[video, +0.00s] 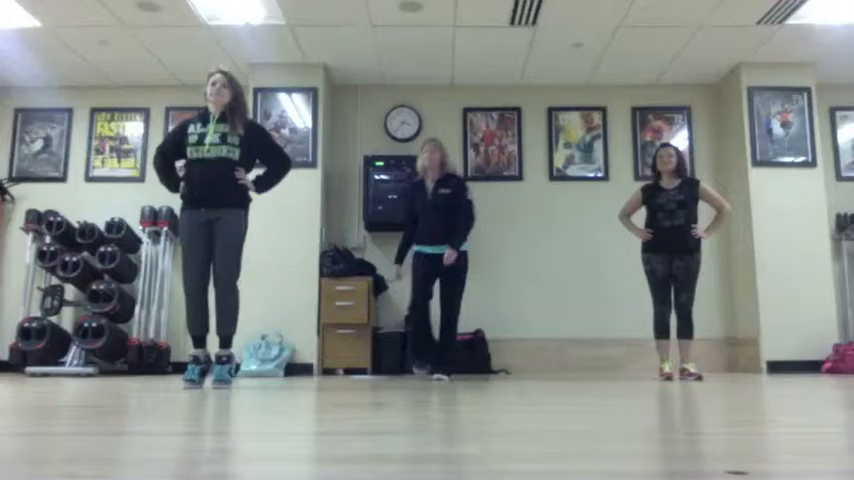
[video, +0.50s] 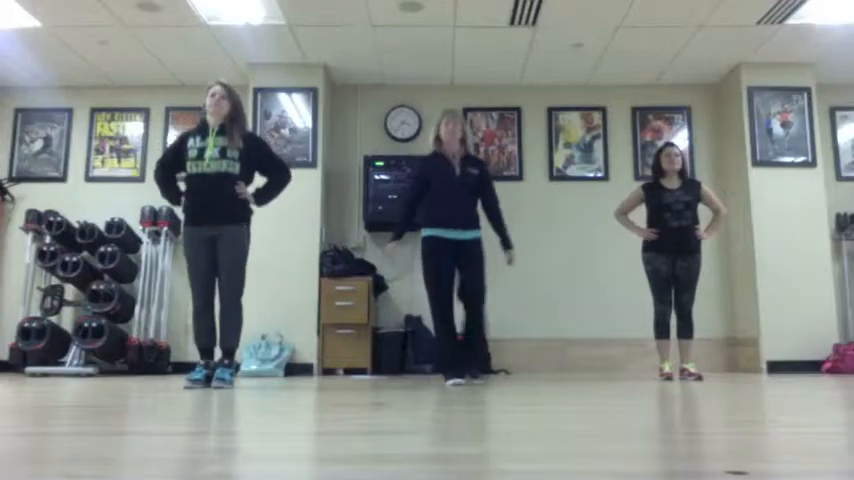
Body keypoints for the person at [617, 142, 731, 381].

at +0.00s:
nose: (666, 160)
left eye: (670, 156)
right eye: (662, 157)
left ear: (678, 160)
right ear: (655, 162)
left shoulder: (692, 186)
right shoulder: (648, 190)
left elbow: (724, 209)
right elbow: (623, 214)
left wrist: (707, 232)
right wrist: (638, 232)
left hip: (686, 253)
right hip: (656, 254)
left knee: (684, 308)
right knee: (662, 309)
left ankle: (686, 363)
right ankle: (664, 363)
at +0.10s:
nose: (670, 159)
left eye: (674, 155)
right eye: (665, 156)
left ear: (680, 160)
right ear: (657, 161)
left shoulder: (692, 186)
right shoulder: (648, 190)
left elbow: (724, 209)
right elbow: (622, 214)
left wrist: (707, 232)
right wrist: (638, 232)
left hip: (687, 253)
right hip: (656, 254)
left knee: (684, 308)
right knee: (662, 308)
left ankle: (687, 363)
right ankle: (665, 363)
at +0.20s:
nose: (671, 159)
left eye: (674, 155)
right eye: (665, 156)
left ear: (681, 160)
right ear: (658, 161)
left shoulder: (693, 186)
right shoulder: (648, 190)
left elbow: (723, 209)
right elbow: (621, 214)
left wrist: (707, 232)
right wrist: (639, 232)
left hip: (687, 253)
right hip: (657, 254)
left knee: (684, 308)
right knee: (662, 308)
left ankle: (687, 363)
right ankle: (665, 363)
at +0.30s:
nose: (671, 159)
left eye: (675, 155)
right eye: (666, 156)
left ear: (681, 159)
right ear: (658, 162)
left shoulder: (693, 186)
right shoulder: (648, 190)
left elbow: (722, 210)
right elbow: (621, 213)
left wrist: (706, 233)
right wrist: (639, 231)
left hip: (687, 254)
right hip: (657, 254)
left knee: (684, 308)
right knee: (662, 309)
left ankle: (687, 363)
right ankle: (665, 363)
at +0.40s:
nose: (671, 159)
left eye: (675, 155)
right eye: (666, 156)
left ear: (681, 160)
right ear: (658, 162)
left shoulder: (693, 186)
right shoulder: (649, 189)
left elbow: (722, 210)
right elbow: (621, 214)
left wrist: (706, 233)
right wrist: (640, 231)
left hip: (688, 253)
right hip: (657, 254)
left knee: (684, 308)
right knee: (662, 308)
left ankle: (686, 363)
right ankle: (665, 363)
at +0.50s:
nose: (673, 159)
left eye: (676, 155)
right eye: (667, 156)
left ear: (682, 160)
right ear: (659, 161)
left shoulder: (694, 187)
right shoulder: (649, 189)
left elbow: (721, 210)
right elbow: (620, 213)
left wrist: (707, 233)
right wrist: (640, 231)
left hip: (688, 253)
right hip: (658, 253)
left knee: (684, 308)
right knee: (663, 308)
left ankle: (686, 363)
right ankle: (665, 363)